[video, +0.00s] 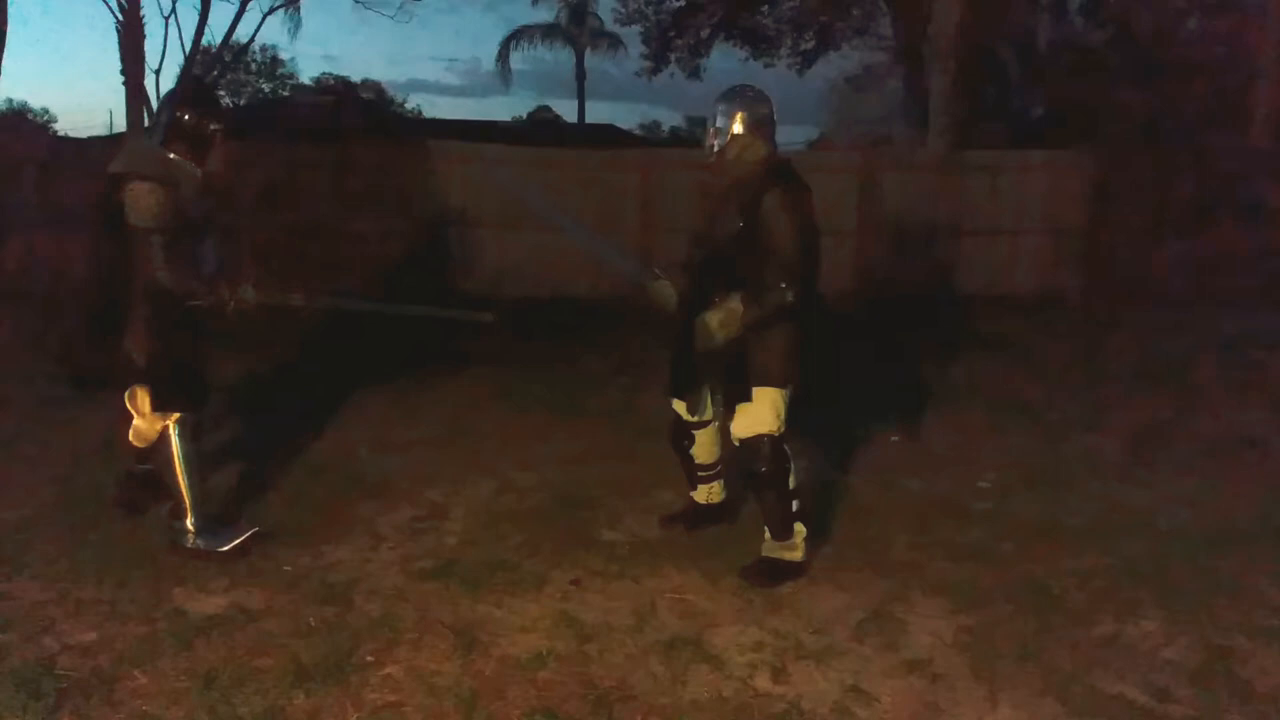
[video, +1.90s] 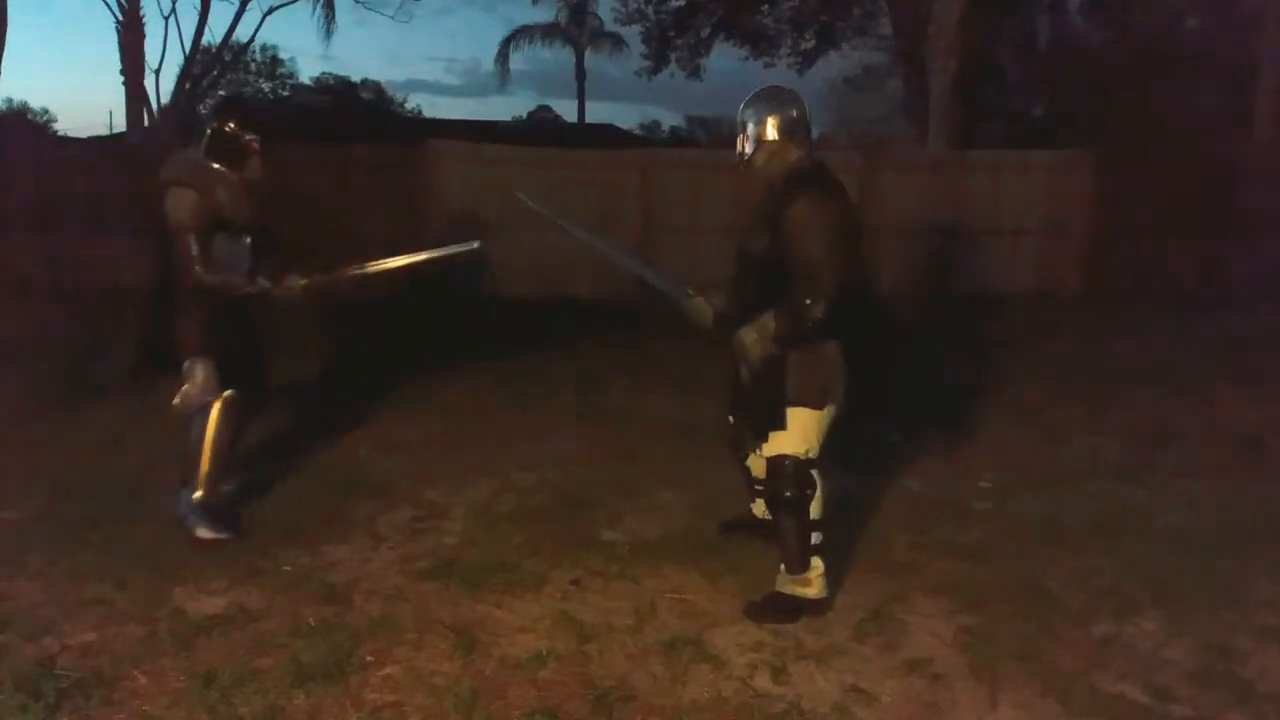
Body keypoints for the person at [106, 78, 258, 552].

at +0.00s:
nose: (215, 144)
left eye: (216, 134)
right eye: (211, 133)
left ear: (182, 129)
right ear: (191, 129)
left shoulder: (184, 179)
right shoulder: (152, 183)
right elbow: (154, 267)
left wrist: (215, 283)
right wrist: (204, 294)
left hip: (171, 308)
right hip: (156, 313)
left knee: (161, 394)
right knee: (178, 406)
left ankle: (138, 472)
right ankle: (194, 522)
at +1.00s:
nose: (187, 138)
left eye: (189, 129)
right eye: (179, 128)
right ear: (154, 127)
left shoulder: (173, 183)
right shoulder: (119, 183)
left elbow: (187, 255)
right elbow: (121, 275)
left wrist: (206, 299)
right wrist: (188, 310)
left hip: (166, 305)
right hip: (137, 308)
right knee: (164, 402)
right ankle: (173, 511)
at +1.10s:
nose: (191, 141)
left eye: (193, 132)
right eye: (184, 131)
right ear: (159, 129)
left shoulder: (175, 184)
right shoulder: (123, 183)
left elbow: (184, 254)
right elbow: (127, 277)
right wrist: (190, 314)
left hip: (168, 305)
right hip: (143, 309)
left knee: (152, 396)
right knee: (170, 402)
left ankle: (124, 466)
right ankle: (176, 512)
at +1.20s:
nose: (195, 142)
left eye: (195, 133)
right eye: (188, 132)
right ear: (165, 129)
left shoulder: (174, 182)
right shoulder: (128, 180)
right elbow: (128, 274)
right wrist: (195, 312)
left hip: (175, 306)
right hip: (152, 310)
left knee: (160, 400)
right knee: (177, 406)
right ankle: (176, 513)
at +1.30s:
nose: (206, 143)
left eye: (205, 133)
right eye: (199, 132)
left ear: (169, 132)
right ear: (175, 131)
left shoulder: (180, 183)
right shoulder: (137, 182)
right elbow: (136, 277)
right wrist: (205, 312)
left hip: (177, 309)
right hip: (156, 311)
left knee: (171, 404)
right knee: (176, 409)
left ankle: (167, 503)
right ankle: (178, 514)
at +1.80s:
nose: (248, 150)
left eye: (248, 141)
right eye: (242, 140)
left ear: (220, 143)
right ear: (221, 140)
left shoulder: (231, 186)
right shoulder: (181, 187)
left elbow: (240, 256)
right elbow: (186, 274)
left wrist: (270, 281)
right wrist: (241, 288)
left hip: (227, 308)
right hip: (195, 310)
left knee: (235, 397)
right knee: (211, 403)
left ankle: (206, 493)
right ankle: (185, 511)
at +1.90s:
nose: (256, 168)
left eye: (256, 159)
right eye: (251, 159)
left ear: (226, 155)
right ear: (231, 157)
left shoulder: (236, 191)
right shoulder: (195, 191)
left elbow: (242, 257)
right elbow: (197, 273)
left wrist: (276, 279)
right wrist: (251, 284)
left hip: (232, 306)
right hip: (207, 308)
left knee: (241, 388)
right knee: (229, 390)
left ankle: (209, 484)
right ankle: (200, 496)